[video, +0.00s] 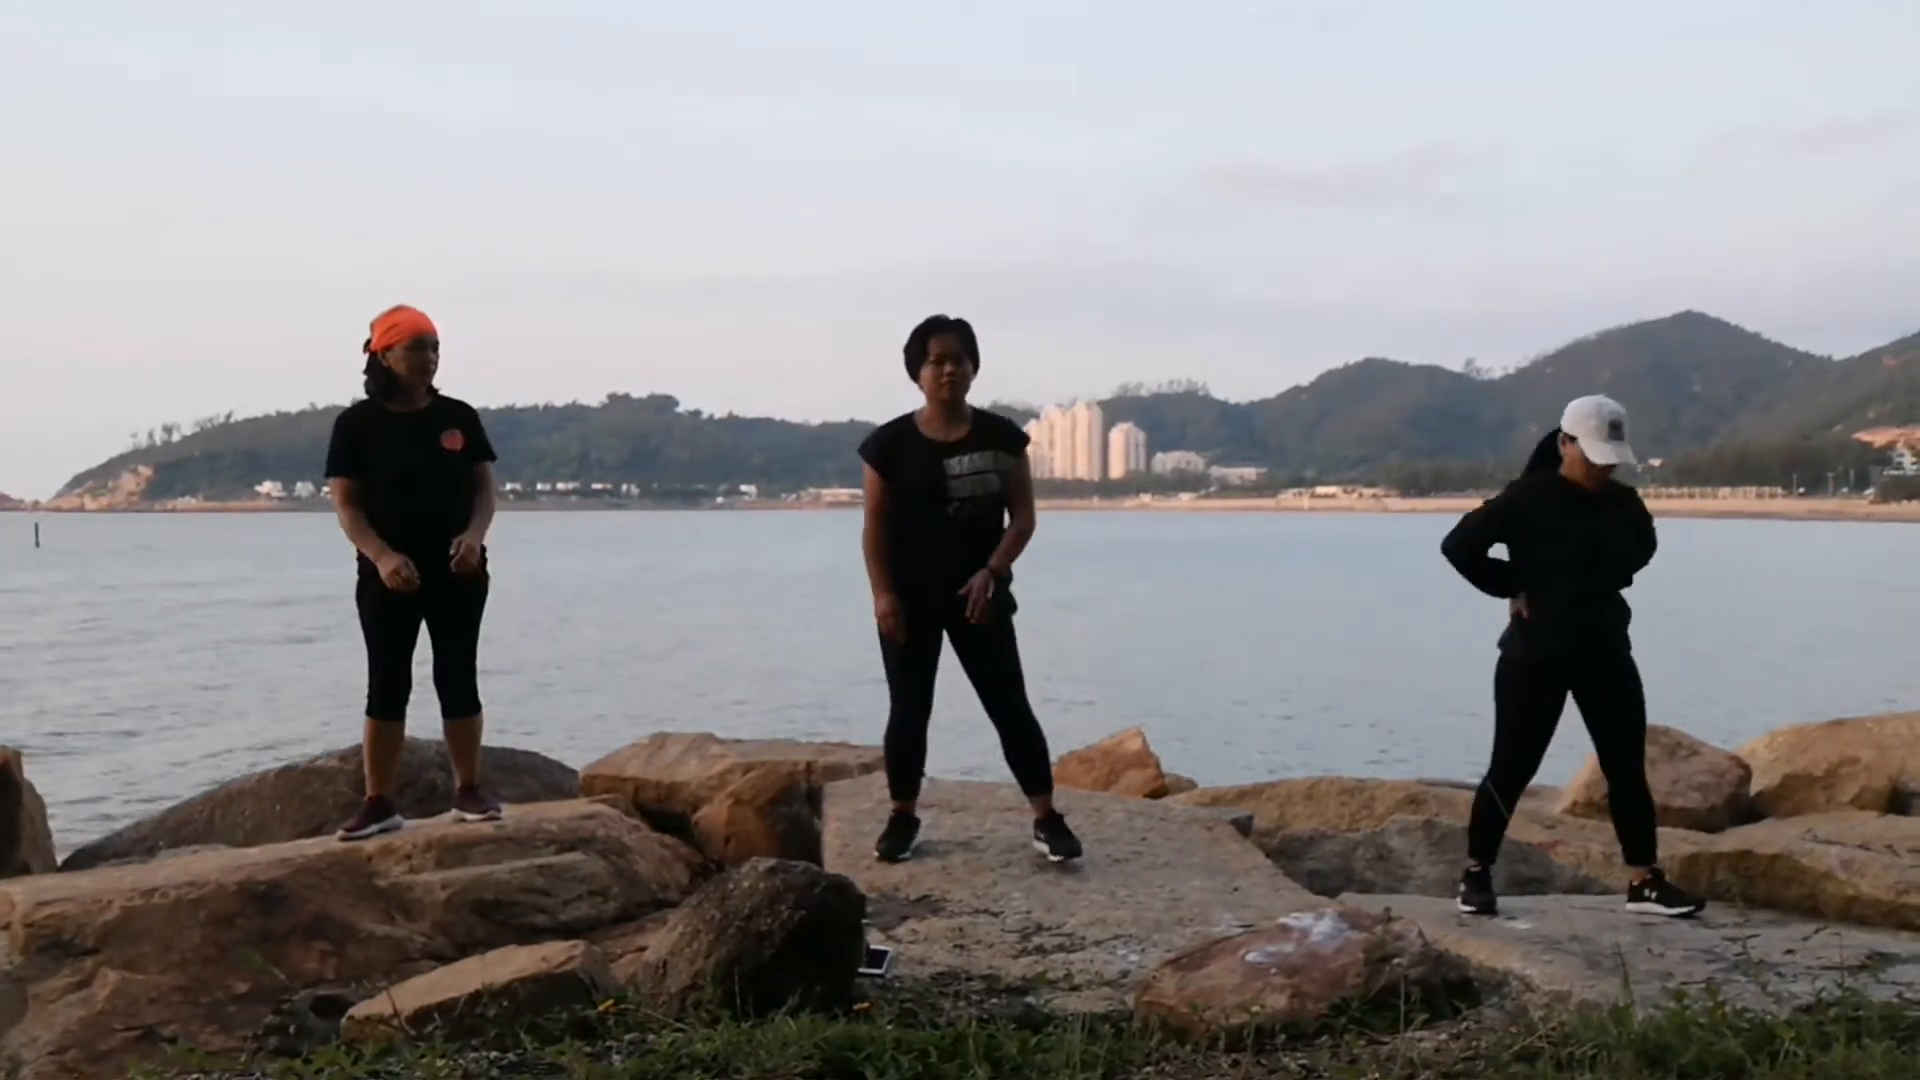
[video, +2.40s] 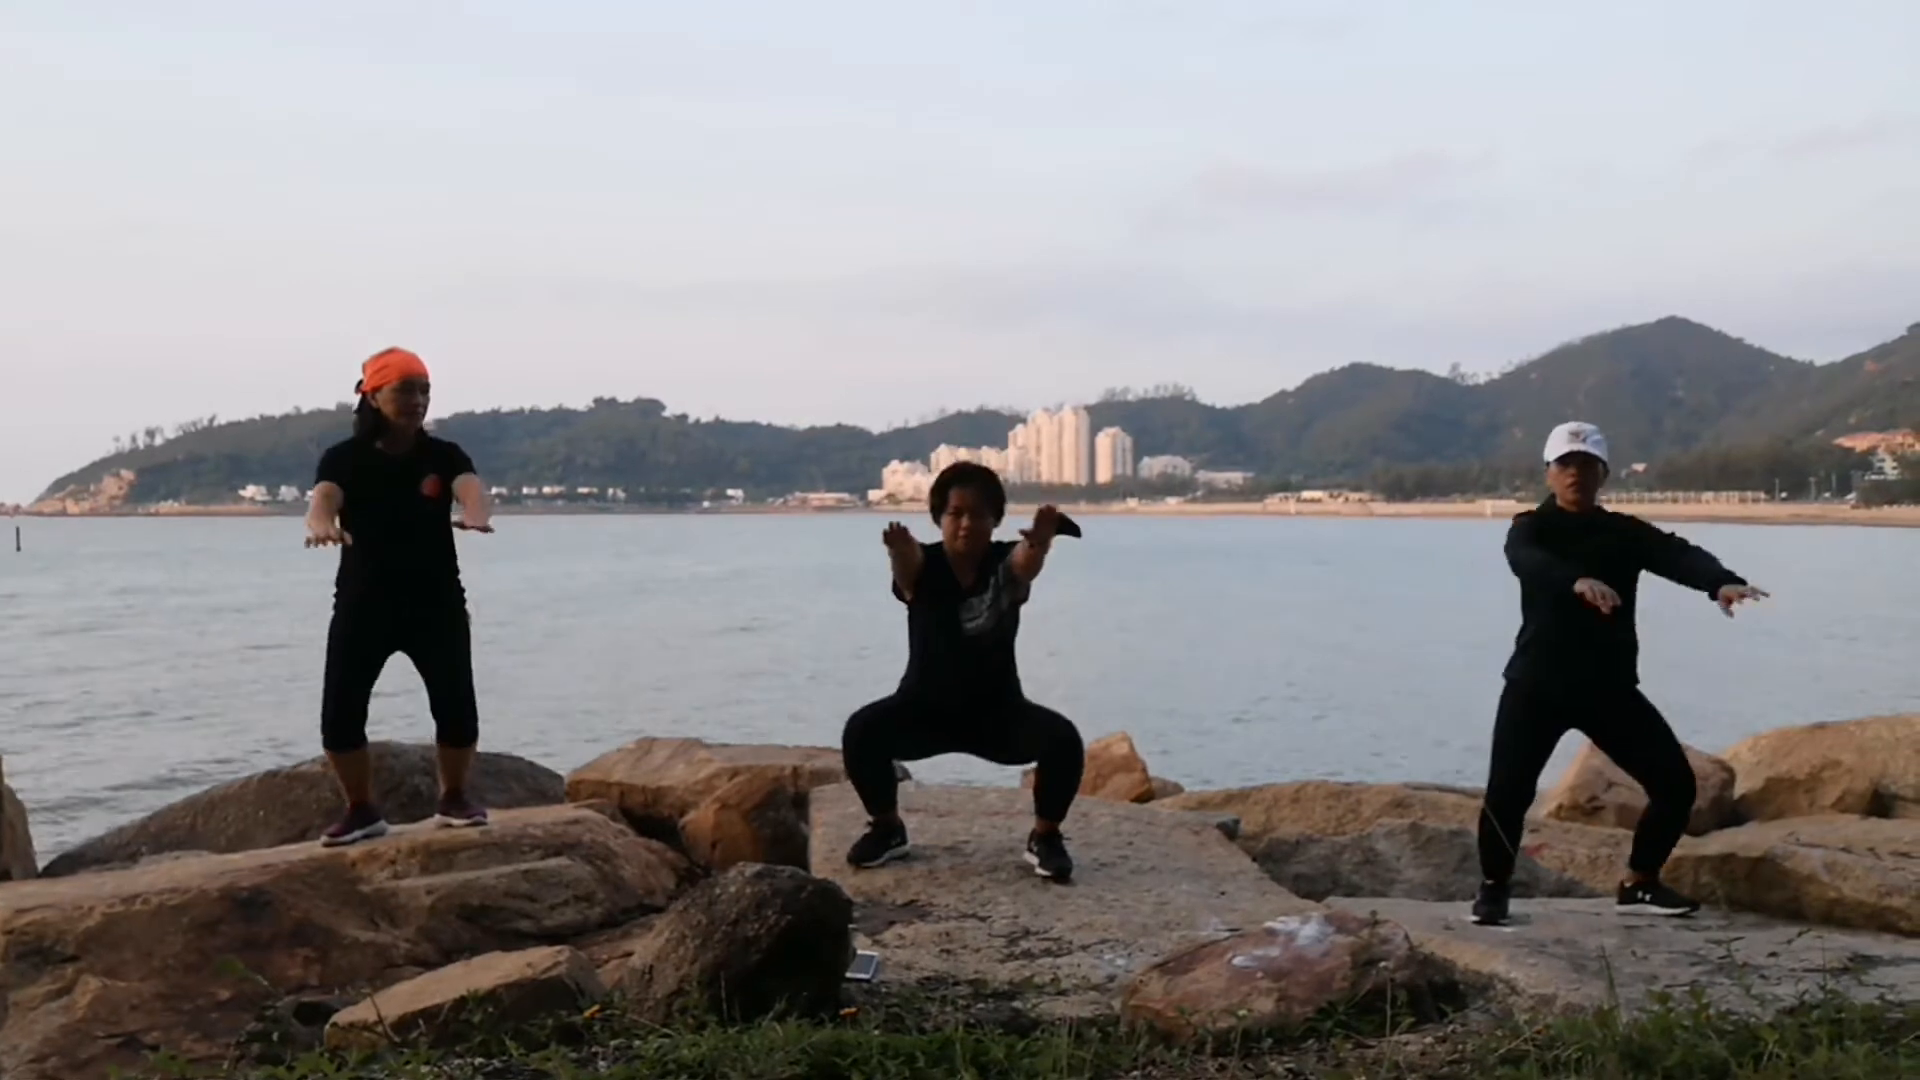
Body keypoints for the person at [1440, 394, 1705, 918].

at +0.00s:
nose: (1603, 471)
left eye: (1610, 461)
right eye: (1594, 460)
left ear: (1618, 451)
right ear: (1566, 446)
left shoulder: (1621, 496)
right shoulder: (1527, 498)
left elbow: (1644, 545)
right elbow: (1459, 547)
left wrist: (1605, 581)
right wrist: (1512, 585)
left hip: (1604, 649)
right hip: (1536, 650)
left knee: (1627, 767)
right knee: (1513, 766)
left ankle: (1645, 880)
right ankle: (1478, 875)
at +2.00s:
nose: (1587, 440)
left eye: (1598, 430)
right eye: (1576, 430)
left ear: (1614, 440)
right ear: (1559, 439)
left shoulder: (1634, 501)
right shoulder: (1535, 499)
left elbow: (1673, 546)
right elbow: (1469, 548)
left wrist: (1634, 584)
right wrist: (1519, 589)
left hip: (1613, 657)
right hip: (1544, 657)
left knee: (1623, 775)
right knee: (1525, 772)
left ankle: (1639, 880)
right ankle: (1498, 884)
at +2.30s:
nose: (1579, 451)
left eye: (1590, 441)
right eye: (1568, 441)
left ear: (1607, 450)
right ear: (1551, 450)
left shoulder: (1628, 513)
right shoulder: (1529, 510)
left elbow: (1692, 554)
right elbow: (1497, 561)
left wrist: (1706, 598)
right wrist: (1548, 595)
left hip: (1609, 668)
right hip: (1539, 666)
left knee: (1655, 770)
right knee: (1517, 777)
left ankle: (1640, 883)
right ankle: (1494, 887)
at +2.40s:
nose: (1576, 474)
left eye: (1587, 464)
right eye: (1565, 464)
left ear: (1602, 472)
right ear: (1548, 473)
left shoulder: (1624, 532)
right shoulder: (1530, 528)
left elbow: (1676, 554)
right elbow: (1532, 562)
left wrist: (1719, 581)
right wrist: (1575, 582)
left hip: (1608, 691)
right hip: (1538, 689)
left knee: (1675, 784)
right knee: (1507, 792)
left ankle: (1641, 883)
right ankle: (1493, 889)